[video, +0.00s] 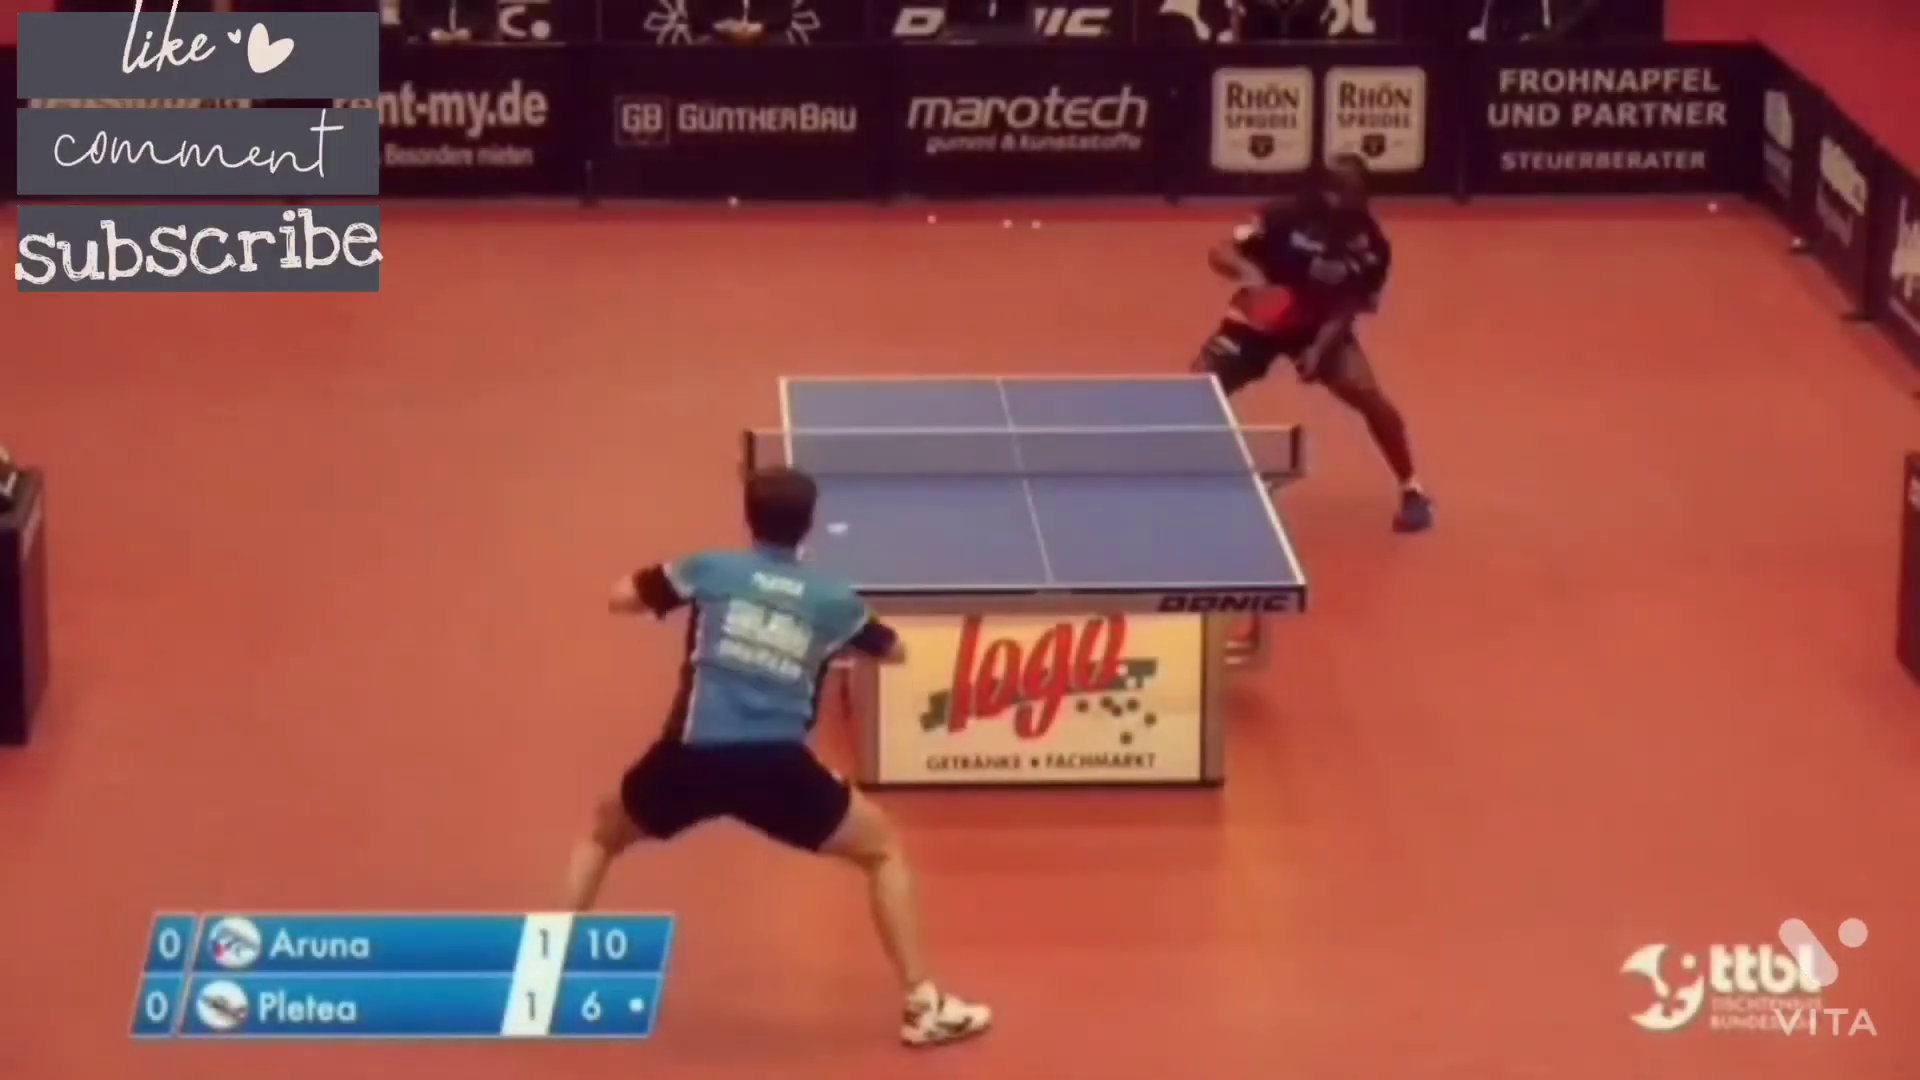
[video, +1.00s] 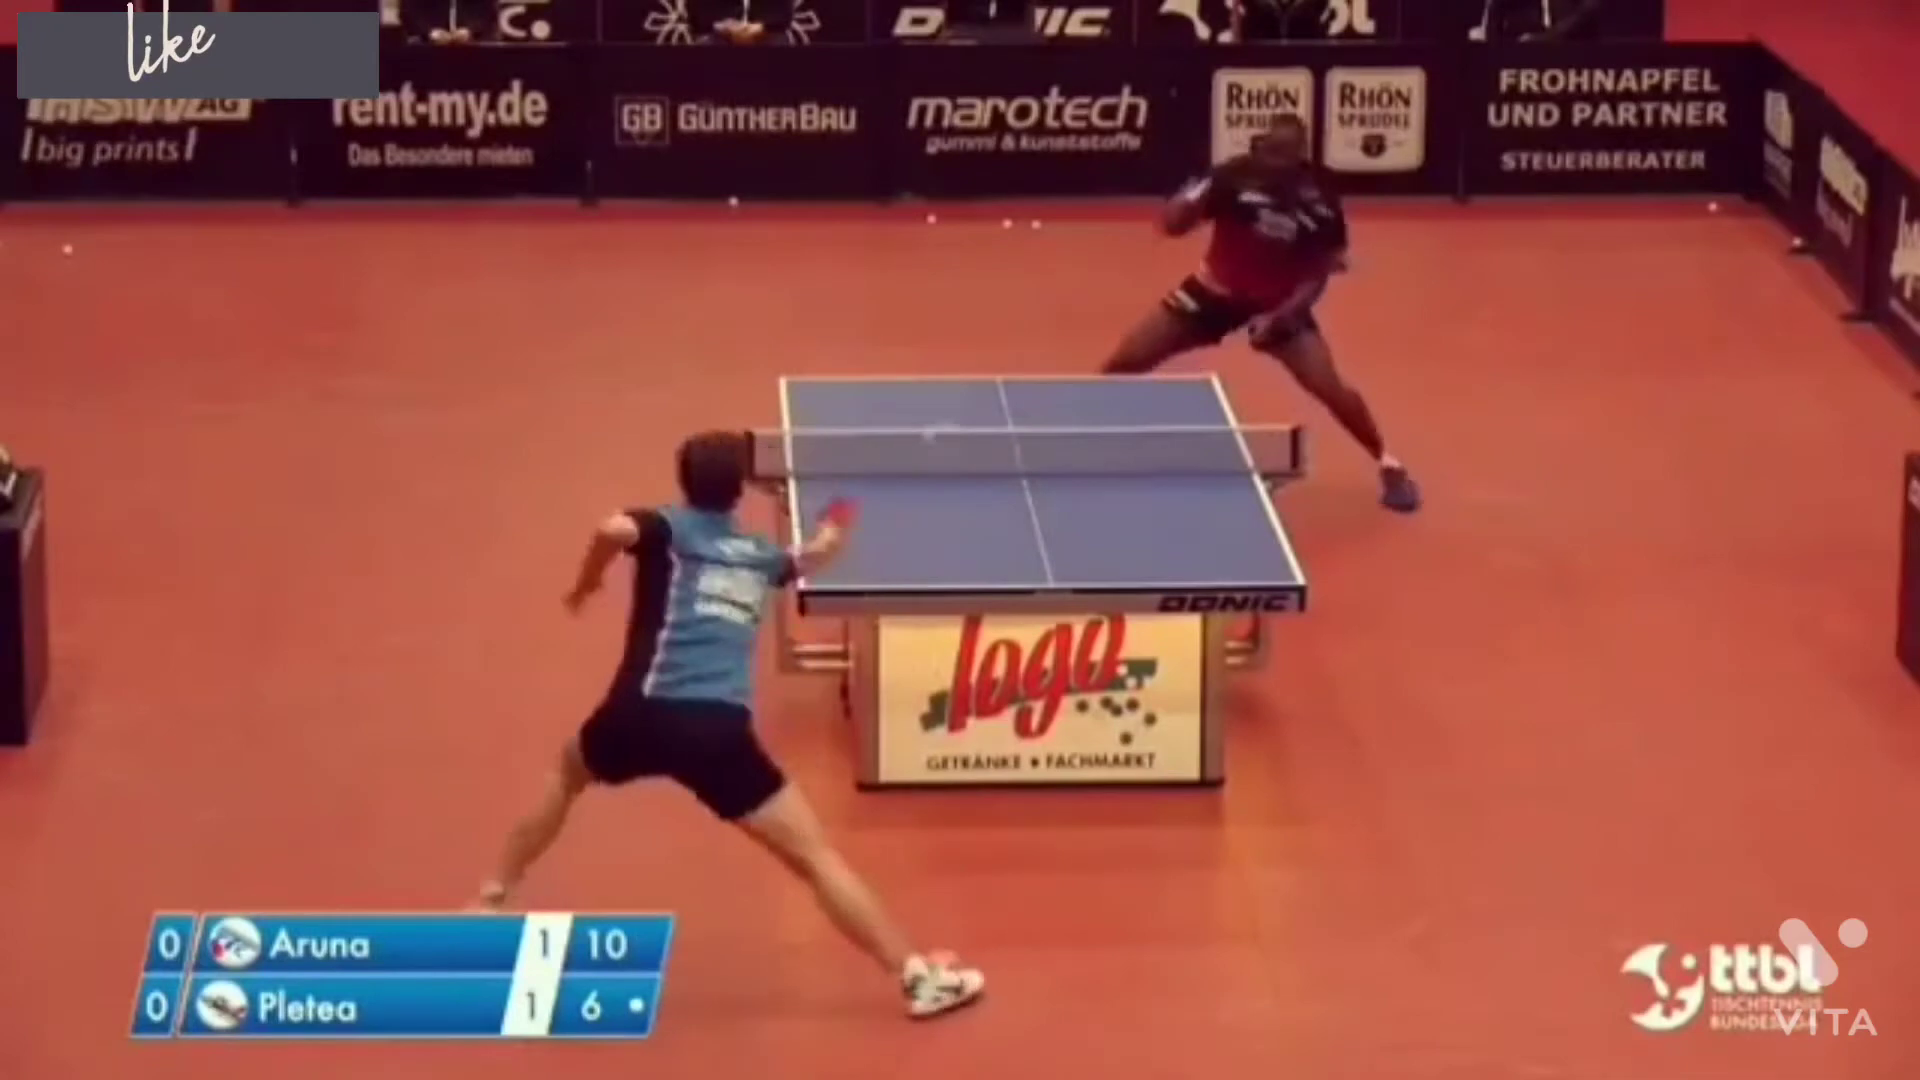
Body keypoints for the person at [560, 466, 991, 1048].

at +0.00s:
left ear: (749, 516)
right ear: (808, 524)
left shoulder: (709, 570)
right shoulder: (829, 598)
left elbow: (624, 597)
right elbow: (894, 650)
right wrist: (844, 634)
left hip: (693, 763)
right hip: (777, 770)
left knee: (604, 836)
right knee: (883, 852)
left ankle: (549, 962)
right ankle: (923, 1003)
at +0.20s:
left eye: (725, 428)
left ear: (724, 436)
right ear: (784, 440)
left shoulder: (726, 485)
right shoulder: (796, 510)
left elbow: (723, 511)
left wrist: (654, 566)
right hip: (775, 694)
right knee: (854, 846)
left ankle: (526, 957)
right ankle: (927, 982)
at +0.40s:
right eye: (779, 476)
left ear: (719, 484)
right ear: (781, 486)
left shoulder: (694, 552)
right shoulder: (808, 562)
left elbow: (627, 596)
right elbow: (857, 619)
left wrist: (620, 648)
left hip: (699, 750)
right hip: (786, 750)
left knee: (603, 863)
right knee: (868, 856)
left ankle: (535, 990)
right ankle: (939, 986)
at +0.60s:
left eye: (773, 468)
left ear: (774, 479)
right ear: (835, 484)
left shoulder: (730, 536)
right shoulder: (854, 566)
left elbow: (656, 582)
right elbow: (904, 644)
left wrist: (692, 604)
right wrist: (874, 609)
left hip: (716, 736)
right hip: (806, 740)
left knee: (626, 807)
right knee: (910, 812)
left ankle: (567, 938)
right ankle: (960, 958)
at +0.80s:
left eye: (780, 505)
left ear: (778, 517)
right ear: (834, 529)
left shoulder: (730, 569)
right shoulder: (849, 601)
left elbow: (658, 597)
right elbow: (916, 662)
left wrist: (709, 590)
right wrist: (864, 635)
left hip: (712, 767)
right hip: (802, 774)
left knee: (628, 814)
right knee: (914, 828)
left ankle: (569, 939)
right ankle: (960, 969)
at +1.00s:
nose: (743, 488)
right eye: (744, 479)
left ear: (686, 483)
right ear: (740, 490)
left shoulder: (666, 525)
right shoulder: (762, 553)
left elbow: (610, 532)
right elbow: (805, 563)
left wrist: (585, 585)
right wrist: (831, 539)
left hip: (638, 718)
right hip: (719, 732)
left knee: (567, 779)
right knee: (816, 858)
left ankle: (497, 889)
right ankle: (916, 973)